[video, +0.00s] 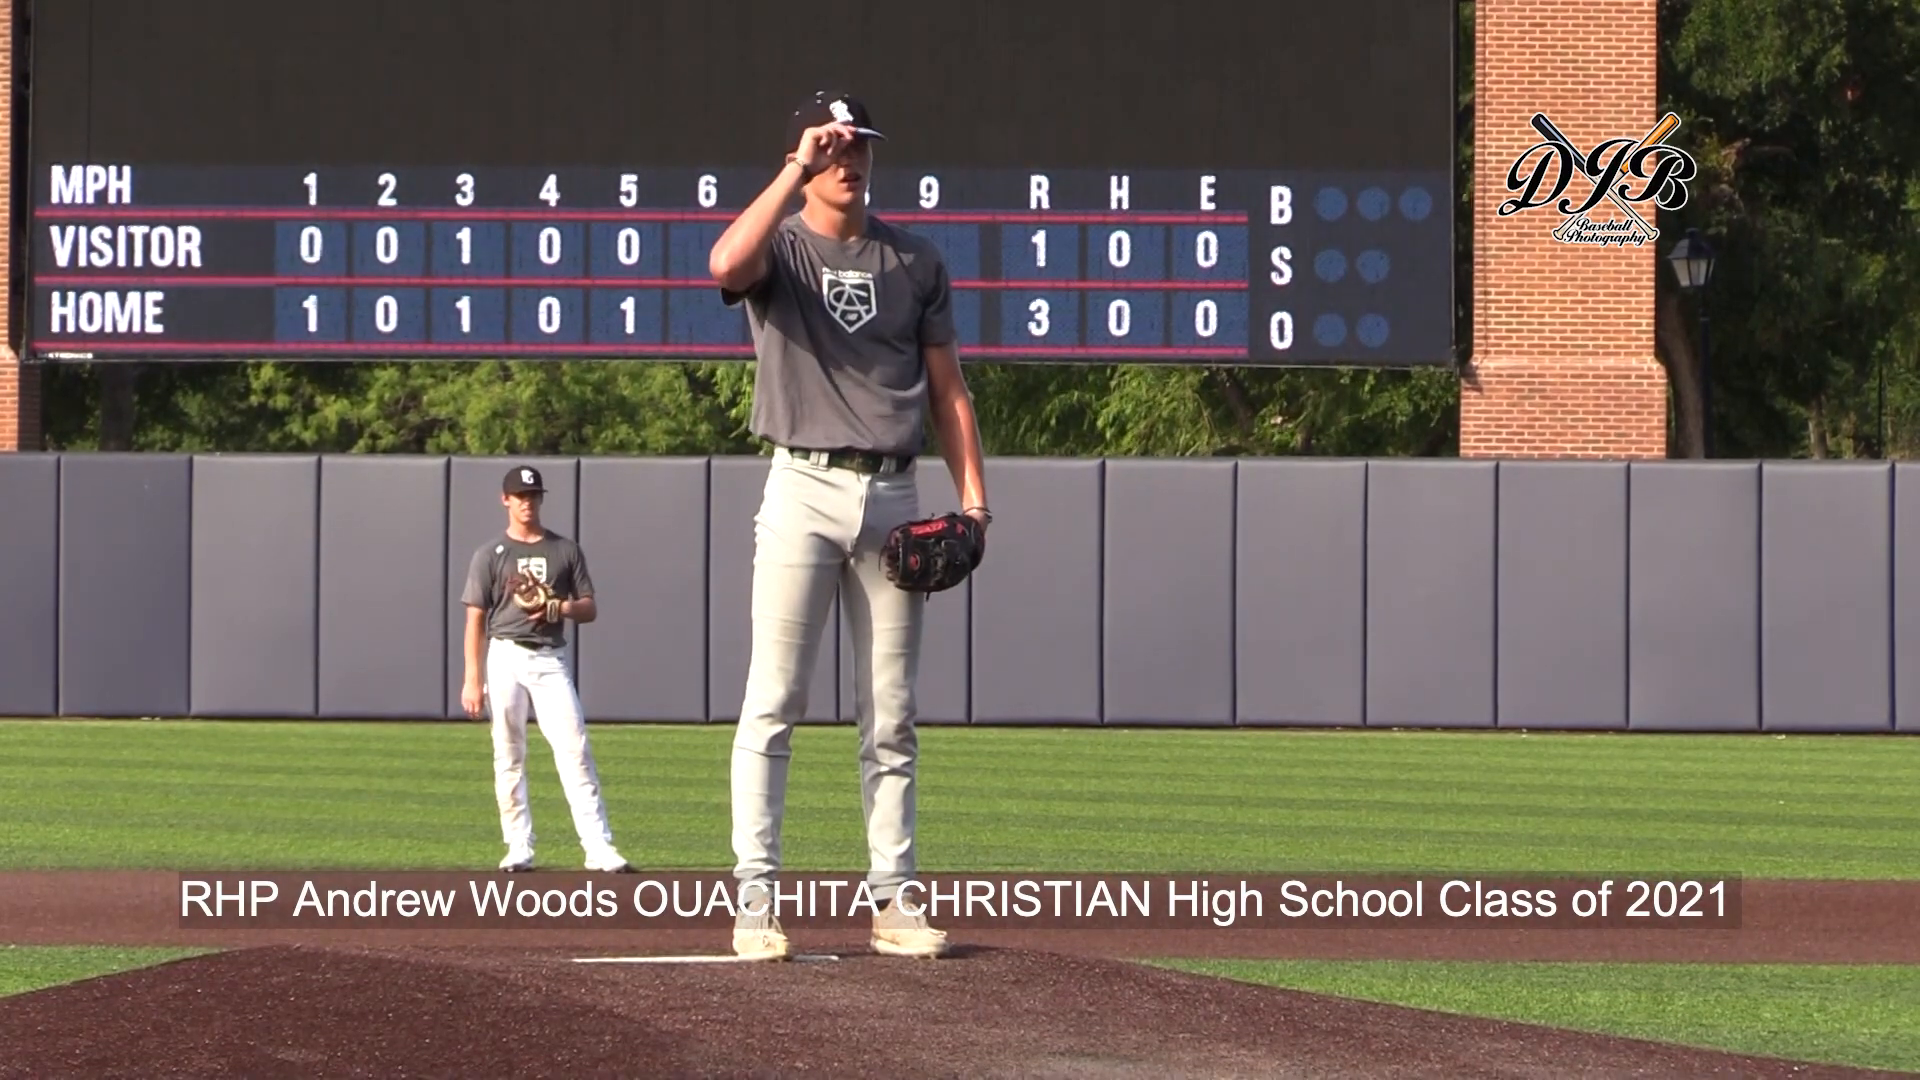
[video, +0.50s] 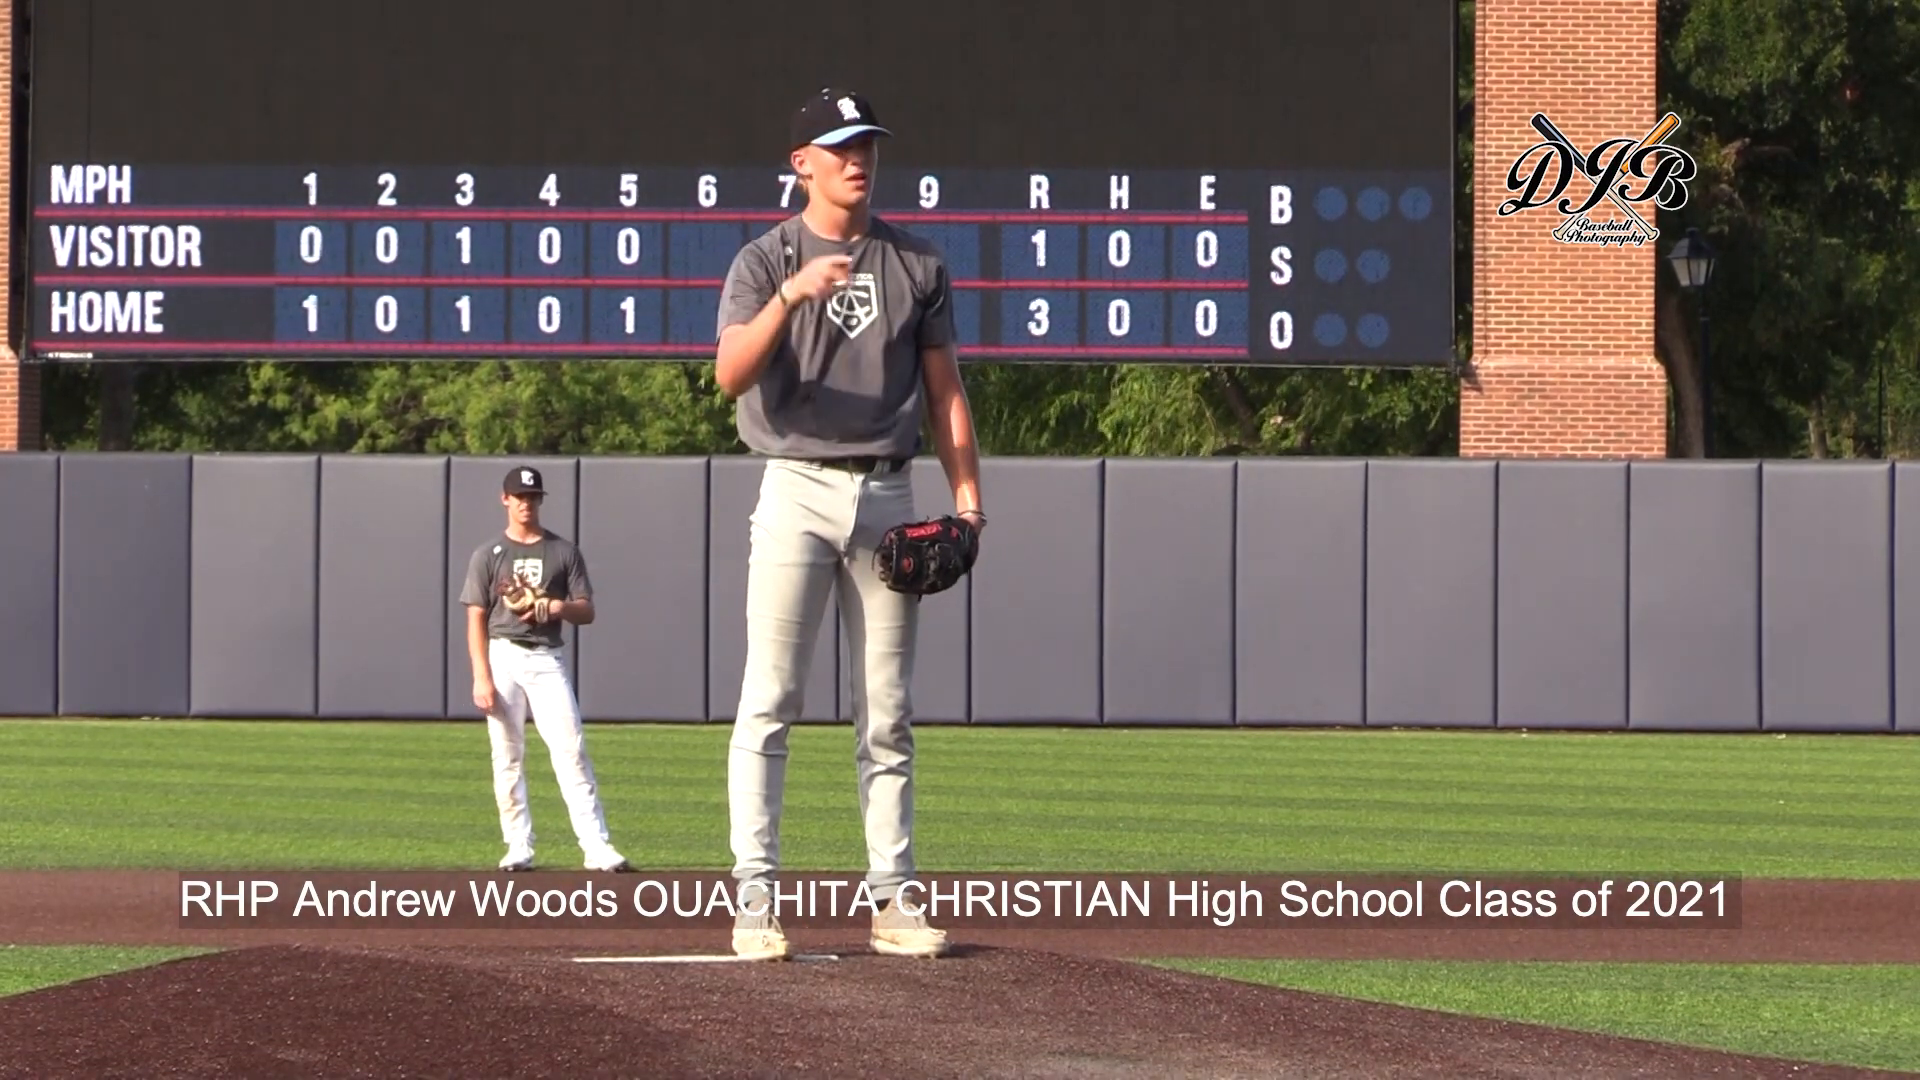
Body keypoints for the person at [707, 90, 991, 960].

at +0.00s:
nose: (847, 164)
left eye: (856, 151)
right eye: (831, 153)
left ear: (872, 160)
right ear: (802, 167)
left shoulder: (915, 259)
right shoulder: (777, 246)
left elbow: (948, 386)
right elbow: (725, 269)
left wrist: (972, 500)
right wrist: (795, 168)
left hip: (894, 499)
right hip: (801, 492)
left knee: (893, 716)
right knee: (772, 704)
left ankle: (893, 899)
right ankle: (757, 897)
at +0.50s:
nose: (858, 163)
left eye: (866, 150)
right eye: (842, 151)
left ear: (877, 160)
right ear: (803, 163)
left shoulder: (915, 266)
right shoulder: (764, 260)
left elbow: (946, 390)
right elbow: (729, 376)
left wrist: (967, 503)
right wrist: (789, 297)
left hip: (889, 499)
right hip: (794, 494)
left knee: (888, 715)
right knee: (769, 703)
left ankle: (892, 898)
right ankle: (756, 896)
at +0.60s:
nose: (861, 164)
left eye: (868, 151)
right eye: (845, 152)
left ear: (878, 162)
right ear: (805, 164)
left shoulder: (915, 267)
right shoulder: (767, 263)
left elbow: (945, 391)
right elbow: (730, 392)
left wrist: (966, 504)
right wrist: (786, 382)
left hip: (888, 500)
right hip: (793, 494)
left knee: (886, 713)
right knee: (769, 701)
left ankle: (892, 897)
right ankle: (755, 895)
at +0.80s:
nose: (863, 163)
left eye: (870, 149)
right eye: (845, 151)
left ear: (879, 161)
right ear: (805, 163)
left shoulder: (914, 268)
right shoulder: (768, 265)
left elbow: (943, 394)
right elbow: (732, 402)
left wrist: (965, 505)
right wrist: (765, 514)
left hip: (886, 497)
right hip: (793, 494)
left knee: (886, 712)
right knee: (769, 705)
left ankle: (892, 897)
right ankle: (755, 896)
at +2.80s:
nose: (855, 159)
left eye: (862, 146)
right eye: (838, 147)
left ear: (872, 159)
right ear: (799, 161)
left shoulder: (911, 267)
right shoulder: (759, 268)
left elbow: (943, 393)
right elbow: (733, 405)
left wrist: (965, 507)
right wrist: (744, 521)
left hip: (888, 497)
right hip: (792, 493)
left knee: (887, 712)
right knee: (768, 705)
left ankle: (893, 897)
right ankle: (755, 895)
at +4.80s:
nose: (830, 159)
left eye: (837, 145)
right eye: (812, 147)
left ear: (849, 157)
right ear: (775, 161)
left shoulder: (894, 261)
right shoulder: (733, 266)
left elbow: (923, 392)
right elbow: (708, 398)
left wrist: (882, 478)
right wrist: (794, 464)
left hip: (867, 503)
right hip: (769, 503)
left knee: (900, 697)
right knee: (761, 700)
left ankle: (929, 893)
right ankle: (753, 902)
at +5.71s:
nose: (920, 164)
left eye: (930, 149)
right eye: (903, 152)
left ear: (947, 159)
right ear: (873, 166)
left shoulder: (981, 252)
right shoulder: (853, 271)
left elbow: (994, 397)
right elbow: (844, 393)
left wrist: (902, 479)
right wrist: (826, 465)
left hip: (955, 504)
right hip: (872, 504)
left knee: (961, 706)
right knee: (860, 708)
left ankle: (971, 906)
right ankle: (880, 899)